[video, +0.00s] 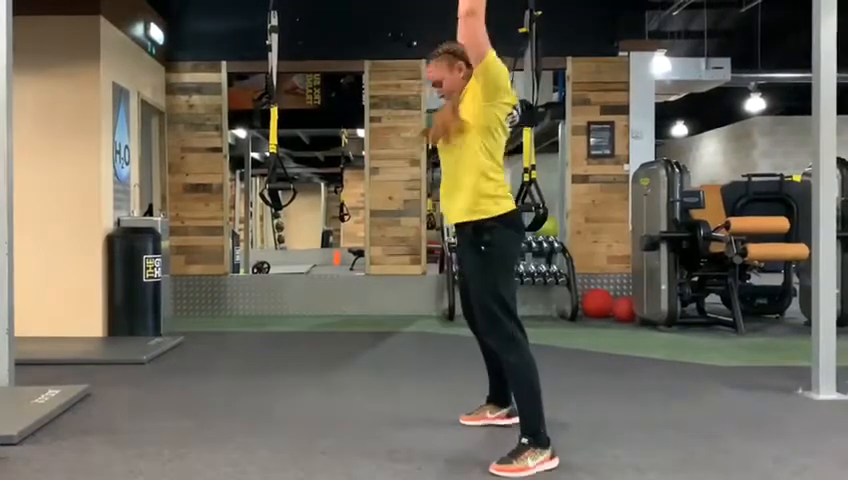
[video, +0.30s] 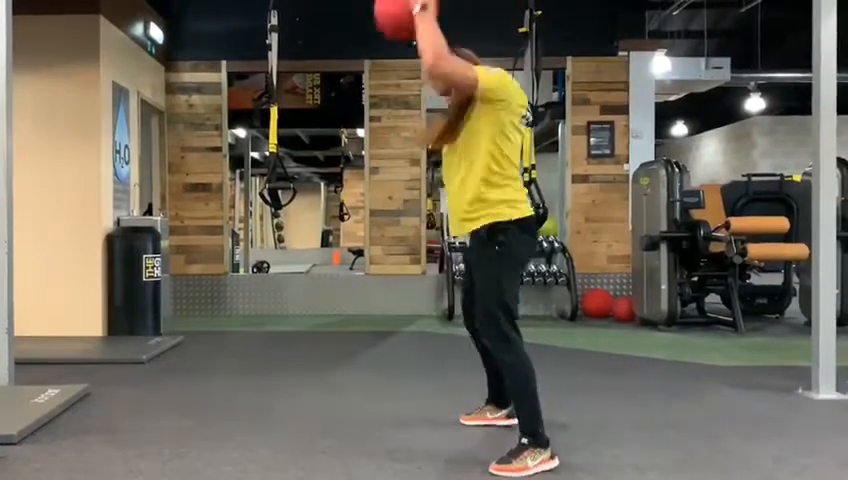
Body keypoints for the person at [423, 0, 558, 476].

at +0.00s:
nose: (437, 89)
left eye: (441, 81)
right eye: (434, 84)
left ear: (462, 68)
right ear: (448, 77)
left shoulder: (490, 85)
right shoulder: (454, 106)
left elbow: (472, 13)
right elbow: (436, 137)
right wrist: (453, 109)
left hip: (491, 224)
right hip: (468, 226)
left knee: (501, 326)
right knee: (478, 317)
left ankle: (538, 443)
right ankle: (501, 402)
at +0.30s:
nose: (444, 77)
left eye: (450, 70)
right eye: (443, 72)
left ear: (475, 64)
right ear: (462, 71)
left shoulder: (502, 85)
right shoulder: (468, 107)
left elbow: (438, 68)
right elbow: (434, 141)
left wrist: (425, 18)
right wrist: (459, 98)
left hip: (504, 226)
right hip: (482, 228)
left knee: (497, 327)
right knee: (478, 321)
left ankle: (537, 444)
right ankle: (500, 403)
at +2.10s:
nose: (392, 267)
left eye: (392, 258)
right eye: (387, 261)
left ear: (409, 241)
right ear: (410, 240)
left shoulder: (442, 271)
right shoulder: (439, 257)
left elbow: (470, 342)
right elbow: (468, 336)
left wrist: (464, 409)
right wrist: (463, 403)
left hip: (552, 315)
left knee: (471, 345)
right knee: (451, 330)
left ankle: (525, 449)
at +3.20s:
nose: (421, 79)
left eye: (423, 69)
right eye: (417, 73)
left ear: (441, 58)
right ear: (433, 75)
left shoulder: (489, 77)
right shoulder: (456, 97)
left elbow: (427, 45)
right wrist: (434, 145)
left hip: (504, 218)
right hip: (483, 220)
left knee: (498, 322)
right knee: (482, 316)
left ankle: (527, 443)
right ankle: (498, 399)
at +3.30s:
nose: (427, 105)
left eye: (431, 96)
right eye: (423, 99)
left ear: (452, 77)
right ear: (432, 91)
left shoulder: (489, 85)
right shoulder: (458, 113)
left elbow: (437, 126)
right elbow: (428, 152)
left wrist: (381, 101)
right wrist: (385, 118)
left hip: (535, 213)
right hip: (508, 221)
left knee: (505, 306)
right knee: (492, 302)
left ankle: (526, 437)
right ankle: (499, 391)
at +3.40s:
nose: (423, 135)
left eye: (423, 126)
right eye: (419, 130)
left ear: (441, 108)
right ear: (439, 112)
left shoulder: (477, 127)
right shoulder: (462, 132)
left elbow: (469, 199)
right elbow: (447, 187)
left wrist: (418, 236)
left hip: (547, 226)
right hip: (521, 231)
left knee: (514, 331)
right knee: (492, 313)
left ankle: (549, 448)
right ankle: (511, 395)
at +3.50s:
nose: (414, 187)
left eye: (413, 178)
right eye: (409, 182)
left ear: (431, 160)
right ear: (428, 163)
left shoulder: (472, 181)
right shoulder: (459, 183)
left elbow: (487, 251)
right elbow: (480, 246)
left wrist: (461, 307)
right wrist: (473, 302)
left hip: (558, 260)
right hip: (531, 260)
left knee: (502, 342)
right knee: (488, 317)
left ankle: (552, 453)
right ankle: (514, 399)